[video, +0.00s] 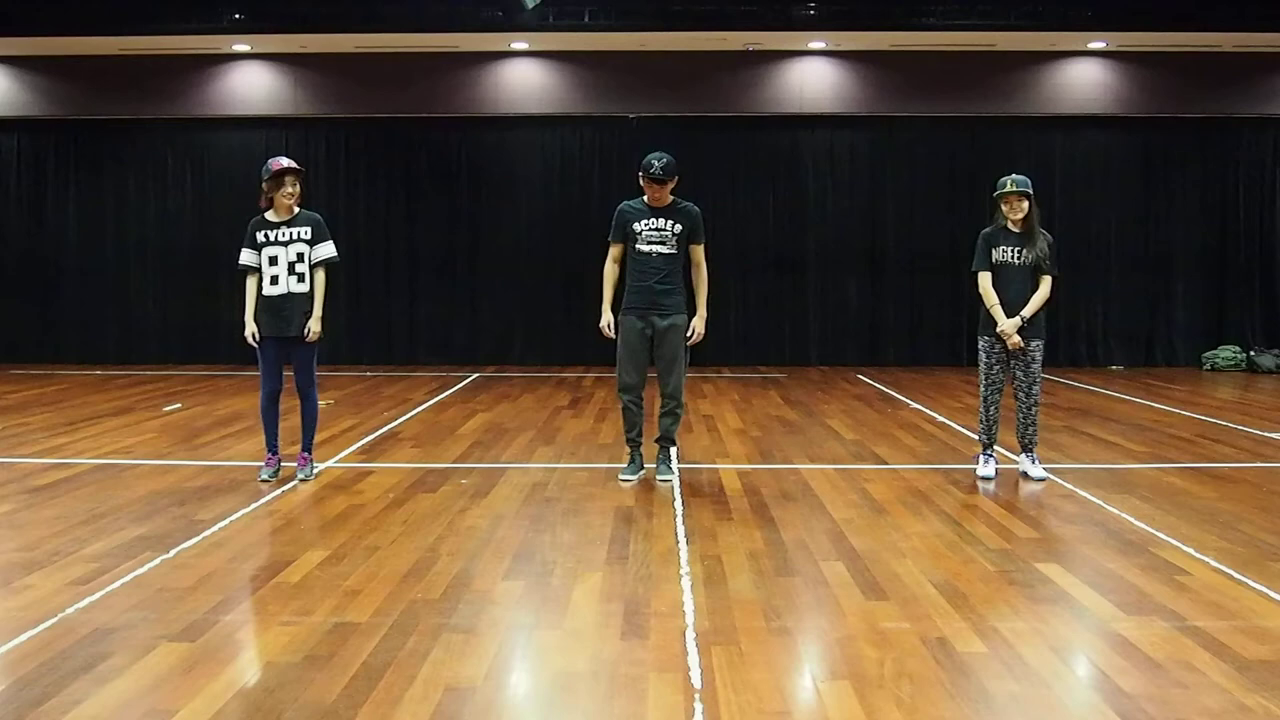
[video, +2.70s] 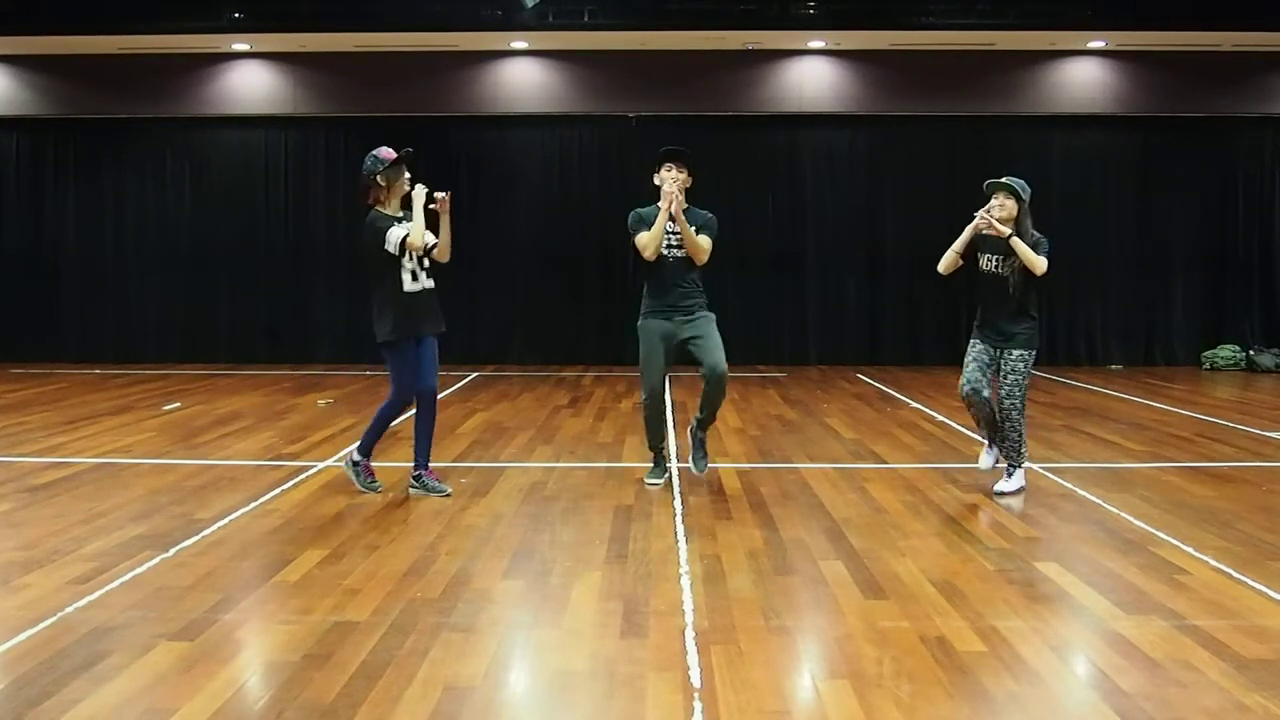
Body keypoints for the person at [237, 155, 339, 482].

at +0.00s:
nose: (291, 190)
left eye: (295, 184)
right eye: (284, 185)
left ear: (299, 187)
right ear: (270, 189)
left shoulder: (312, 222)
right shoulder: (257, 226)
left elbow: (319, 271)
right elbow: (252, 275)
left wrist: (317, 316)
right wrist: (249, 319)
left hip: (302, 322)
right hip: (268, 323)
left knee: (306, 389)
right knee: (270, 390)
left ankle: (306, 455)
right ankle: (272, 455)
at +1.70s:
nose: (318, 191)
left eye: (320, 184)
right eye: (310, 186)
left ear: (322, 186)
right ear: (291, 190)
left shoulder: (330, 222)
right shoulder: (277, 228)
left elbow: (339, 266)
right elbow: (266, 277)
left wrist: (350, 294)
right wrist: (301, 305)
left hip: (329, 317)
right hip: (292, 319)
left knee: (324, 388)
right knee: (290, 388)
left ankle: (319, 459)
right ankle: (274, 454)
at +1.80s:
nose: (328, 198)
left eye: (329, 191)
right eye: (321, 193)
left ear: (331, 192)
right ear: (301, 194)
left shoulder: (340, 223)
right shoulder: (284, 227)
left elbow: (358, 266)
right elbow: (273, 274)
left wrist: (351, 271)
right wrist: (317, 273)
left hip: (334, 318)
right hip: (300, 319)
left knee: (328, 390)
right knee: (309, 386)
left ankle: (320, 459)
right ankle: (282, 439)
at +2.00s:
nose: (341, 190)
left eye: (342, 183)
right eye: (333, 185)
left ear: (347, 184)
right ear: (315, 188)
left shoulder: (353, 219)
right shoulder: (301, 221)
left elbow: (381, 260)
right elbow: (301, 262)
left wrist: (374, 232)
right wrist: (332, 230)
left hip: (347, 313)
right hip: (314, 311)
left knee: (331, 383)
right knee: (343, 374)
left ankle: (319, 455)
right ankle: (316, 439)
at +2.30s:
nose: (365, 182)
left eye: (364, 176)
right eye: (357, 178)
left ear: (363, 182)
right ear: (339, 186)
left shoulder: (372, 222)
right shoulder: (329, 226)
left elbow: (402, 259)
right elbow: (356, 257)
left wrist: (401, 222)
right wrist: (366, 216)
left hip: (373, 317)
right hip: (344, 319)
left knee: (384, 392)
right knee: (362, 393)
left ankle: (339, 444)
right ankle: (350, 468)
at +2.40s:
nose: (376, 177)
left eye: (374, 171)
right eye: (368, 173)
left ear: (365, 180)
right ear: (350, 181)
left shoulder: (379, 218)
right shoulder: (341, 223)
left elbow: (416, 249)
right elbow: (376, 247)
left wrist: (413, 213)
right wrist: (380, 209)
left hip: (383, 320)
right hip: (353, 323)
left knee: (408, 383)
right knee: (359, 395)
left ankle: (374, 444)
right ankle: (349, 470)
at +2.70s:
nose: (407, 174)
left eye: (405, 169)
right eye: (398, 171)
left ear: (396, 179)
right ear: (381, 181)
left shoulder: (410, 217)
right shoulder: (376, 222)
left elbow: (442, 254)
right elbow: (417, 242)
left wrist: (444, 216)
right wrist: (417, 204)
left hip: (424, 317)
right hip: (394, 320)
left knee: (429, 391)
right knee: (403, 394)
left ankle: (421, 472)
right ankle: (359, 457)